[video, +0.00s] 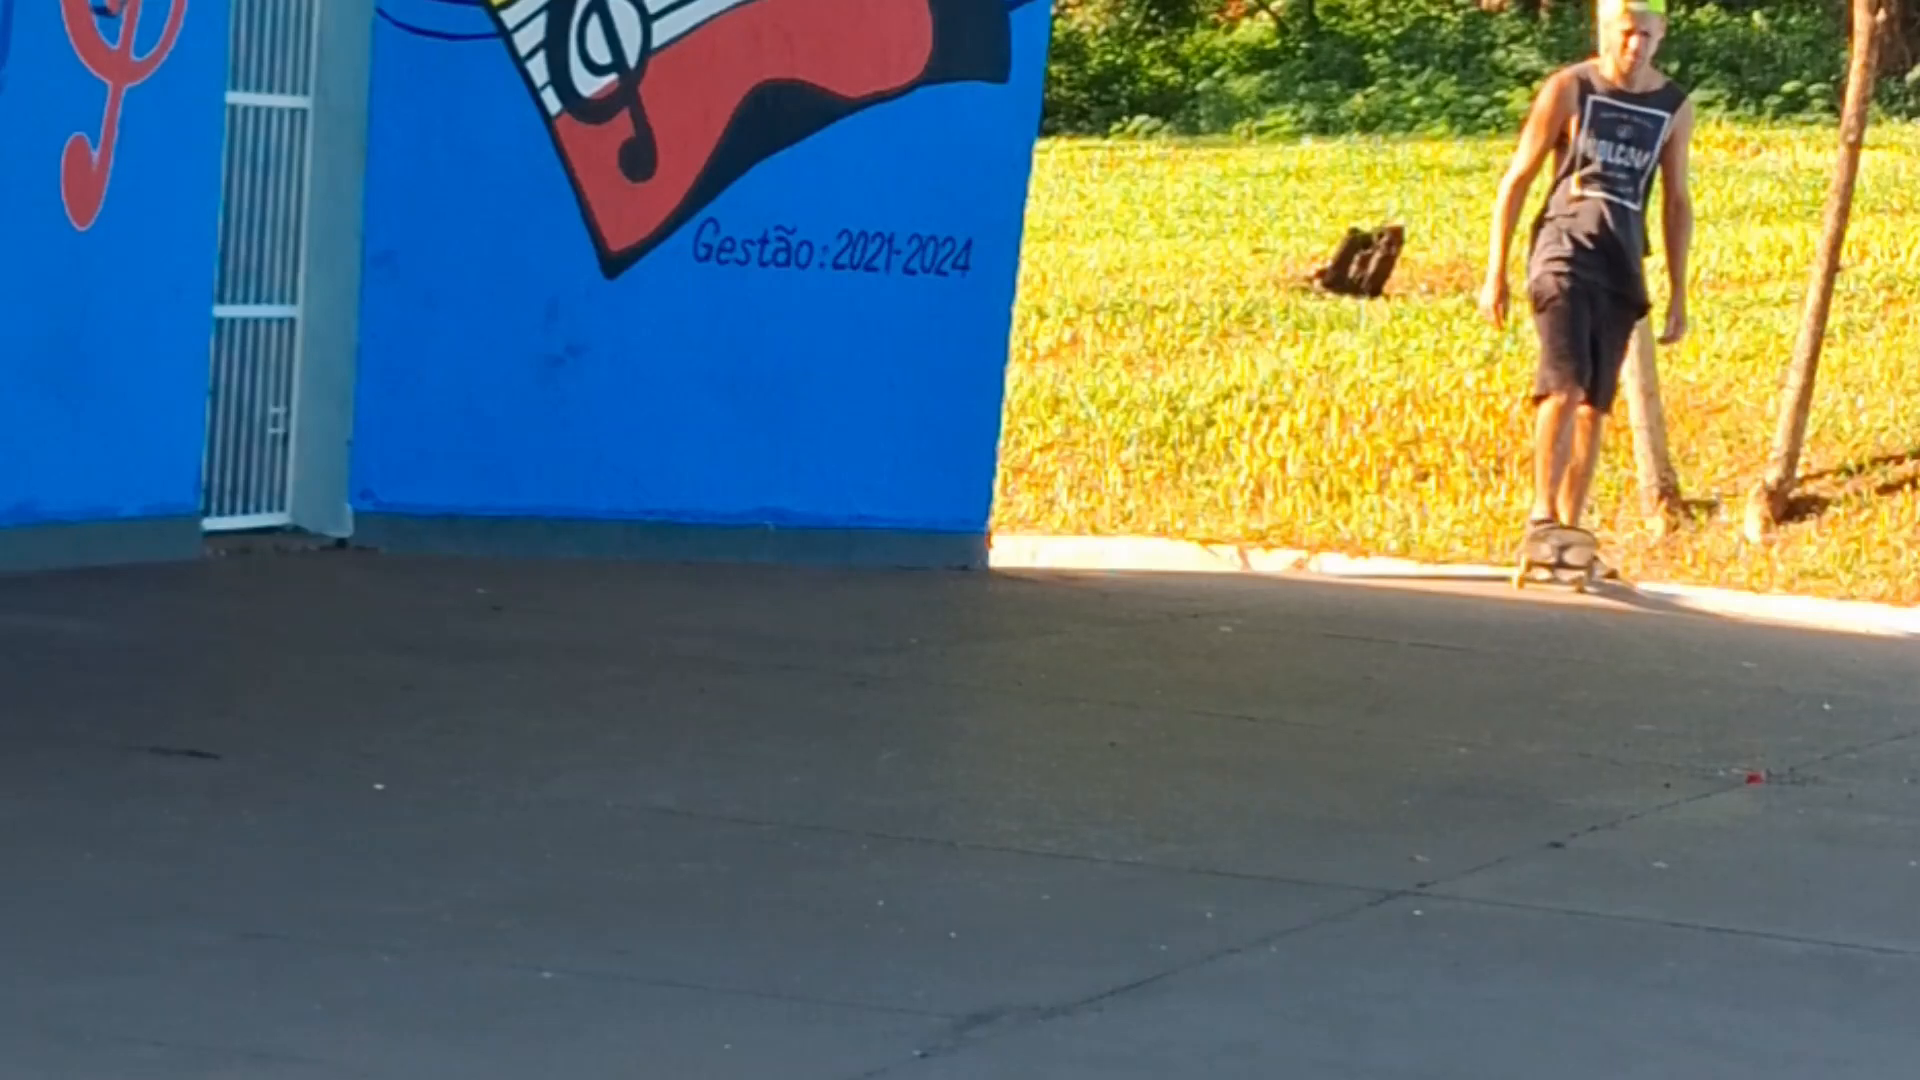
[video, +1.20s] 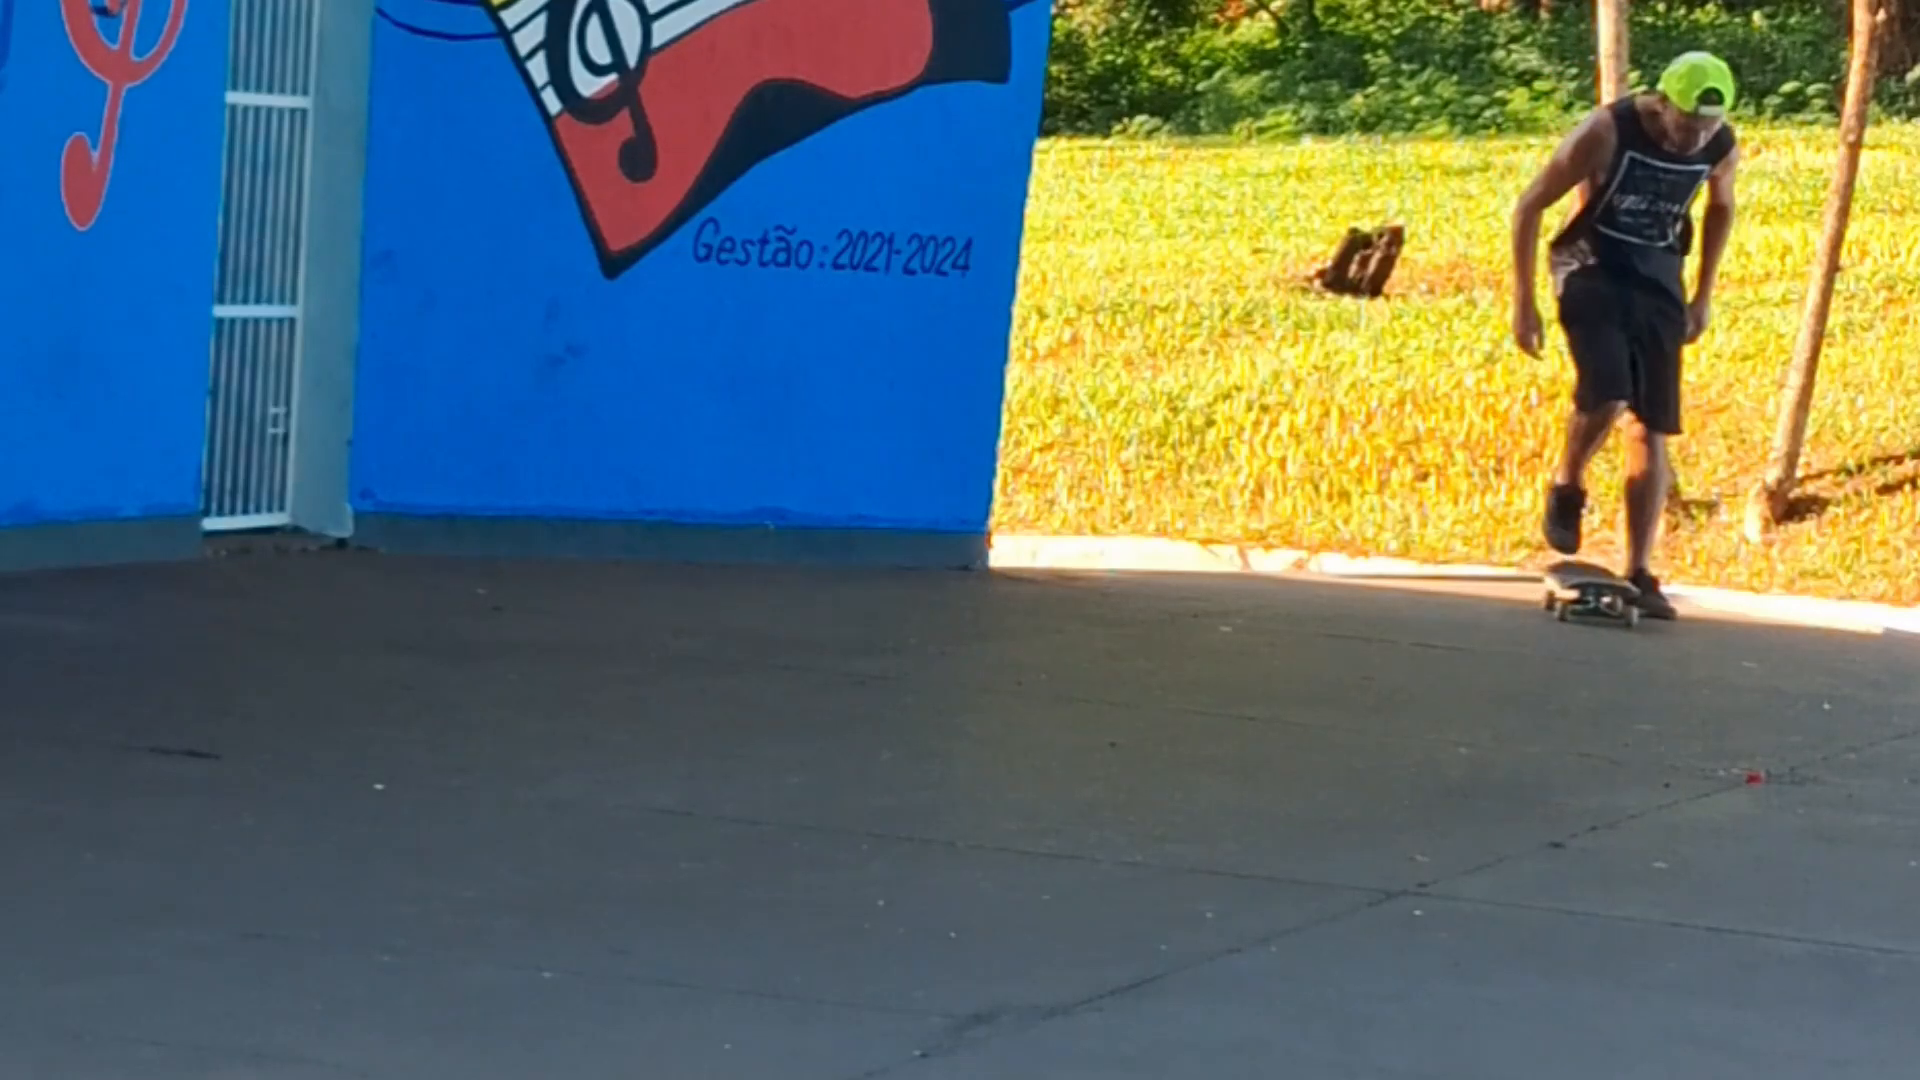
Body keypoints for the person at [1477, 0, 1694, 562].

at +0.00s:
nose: (1633, 43)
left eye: (1644, 33)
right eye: (1624, 30)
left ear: (1659, 37)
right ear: (1603, 29)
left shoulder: (1673, 105)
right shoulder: (1567, 88)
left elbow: (1676, 201)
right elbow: (1517, 180)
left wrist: (1677, 290)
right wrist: (1496, 271)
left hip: (1623, 263)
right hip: (1564, 251)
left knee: (1594, 405)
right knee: (1563, 391)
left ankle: (1573, 527)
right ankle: (1543, 519)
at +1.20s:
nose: (1699, 131)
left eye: (1710, 121)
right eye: (1689, 118)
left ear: (1721, 114)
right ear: (1662, 102)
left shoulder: (1720, 145)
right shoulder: (1607, 131)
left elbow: (1720, 209)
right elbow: (1529, 206)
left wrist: (1702, 295)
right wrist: (1524, 304)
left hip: (1658, 276)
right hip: (1591, 263)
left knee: (1650, 430)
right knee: (1607, 394)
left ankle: (1639, 572)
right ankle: (1568, 484)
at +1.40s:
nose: (1719, 144)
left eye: (1728, 135)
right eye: (1711, 131)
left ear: (1738, 128)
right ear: (1681, 112)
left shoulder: (1729, 149)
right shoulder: (1616, 134)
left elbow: (1710, 207)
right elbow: (1533, 205)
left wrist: (1694, 297)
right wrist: (1531, 304)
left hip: (1654, 274)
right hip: (1591, 263)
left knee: (1655, 419)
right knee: (1626, 395)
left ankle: (1639, 555)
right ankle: (1597, 553)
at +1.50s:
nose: (1735, 145)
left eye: (1743, 135)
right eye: (1728, 132)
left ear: (1749, 123)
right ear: (1698, 108)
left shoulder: (1727, 139)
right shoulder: (1623, 129)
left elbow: (1697, 212)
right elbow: (1534, 200)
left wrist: (1682, 292)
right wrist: (1534, 301)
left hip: (1656, 279)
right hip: (1591, 269)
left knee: (1666, 417)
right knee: (1621, 400)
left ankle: (1620, 521)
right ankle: (1601, 557)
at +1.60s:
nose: (1745, 140)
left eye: (1753, 130)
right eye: (1743, 127)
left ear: (1752, 115)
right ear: (1715, 101)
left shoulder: (1727, 129)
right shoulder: (1633, 119)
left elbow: (1691, 207)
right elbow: (1541, 195)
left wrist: (1676, 282)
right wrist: (1541, 295)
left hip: (1657, 276)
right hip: (1592, 268)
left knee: (1678, 406)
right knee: (1620, 401)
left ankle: (1588, 520)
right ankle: (1608, 554)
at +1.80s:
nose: (1777, 121)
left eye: (1785, 112)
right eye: (1775, 107)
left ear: (1775, 99)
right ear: (1745, 83)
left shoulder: (1746, 122)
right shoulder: (1658, 101)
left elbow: (1691, 194)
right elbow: (1555, 175)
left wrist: (1673, 266)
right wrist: (1563, 277)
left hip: (1654, 269)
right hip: (1595, 258)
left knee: (1671, 404)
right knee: (1627, 403)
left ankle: (1599, 559)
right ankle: (1612, 566)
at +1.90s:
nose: (1792, 117)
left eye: (1800, 108)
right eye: (1790, 103)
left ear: (1767, 84)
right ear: (1758, 77)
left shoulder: (1748, 120)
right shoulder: (1670, 94)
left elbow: (1687, 182)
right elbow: (1561, 162)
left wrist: (1676, 241)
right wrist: (1575, 267)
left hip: (1654, 263)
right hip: (1598, 250)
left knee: (1675, 406)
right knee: (1636, 399)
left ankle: (1612, 562)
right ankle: (1604, 564)